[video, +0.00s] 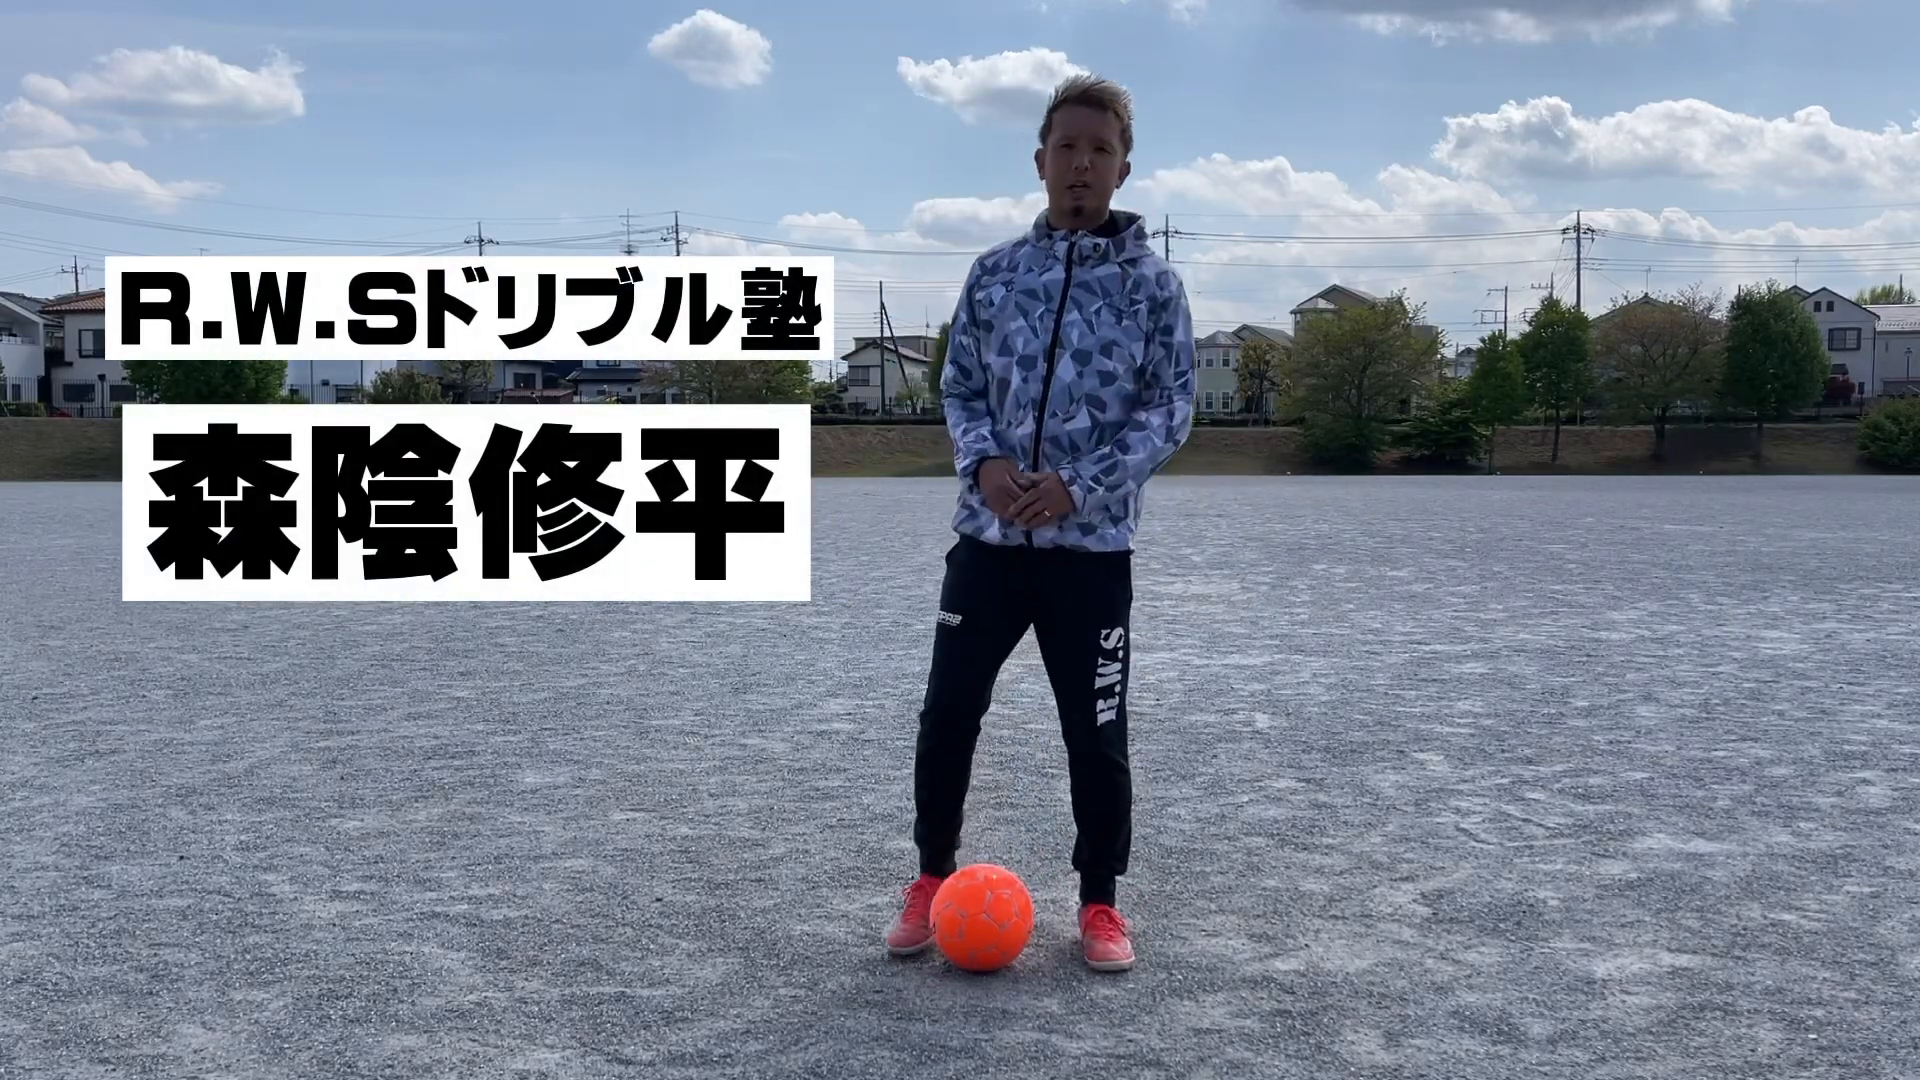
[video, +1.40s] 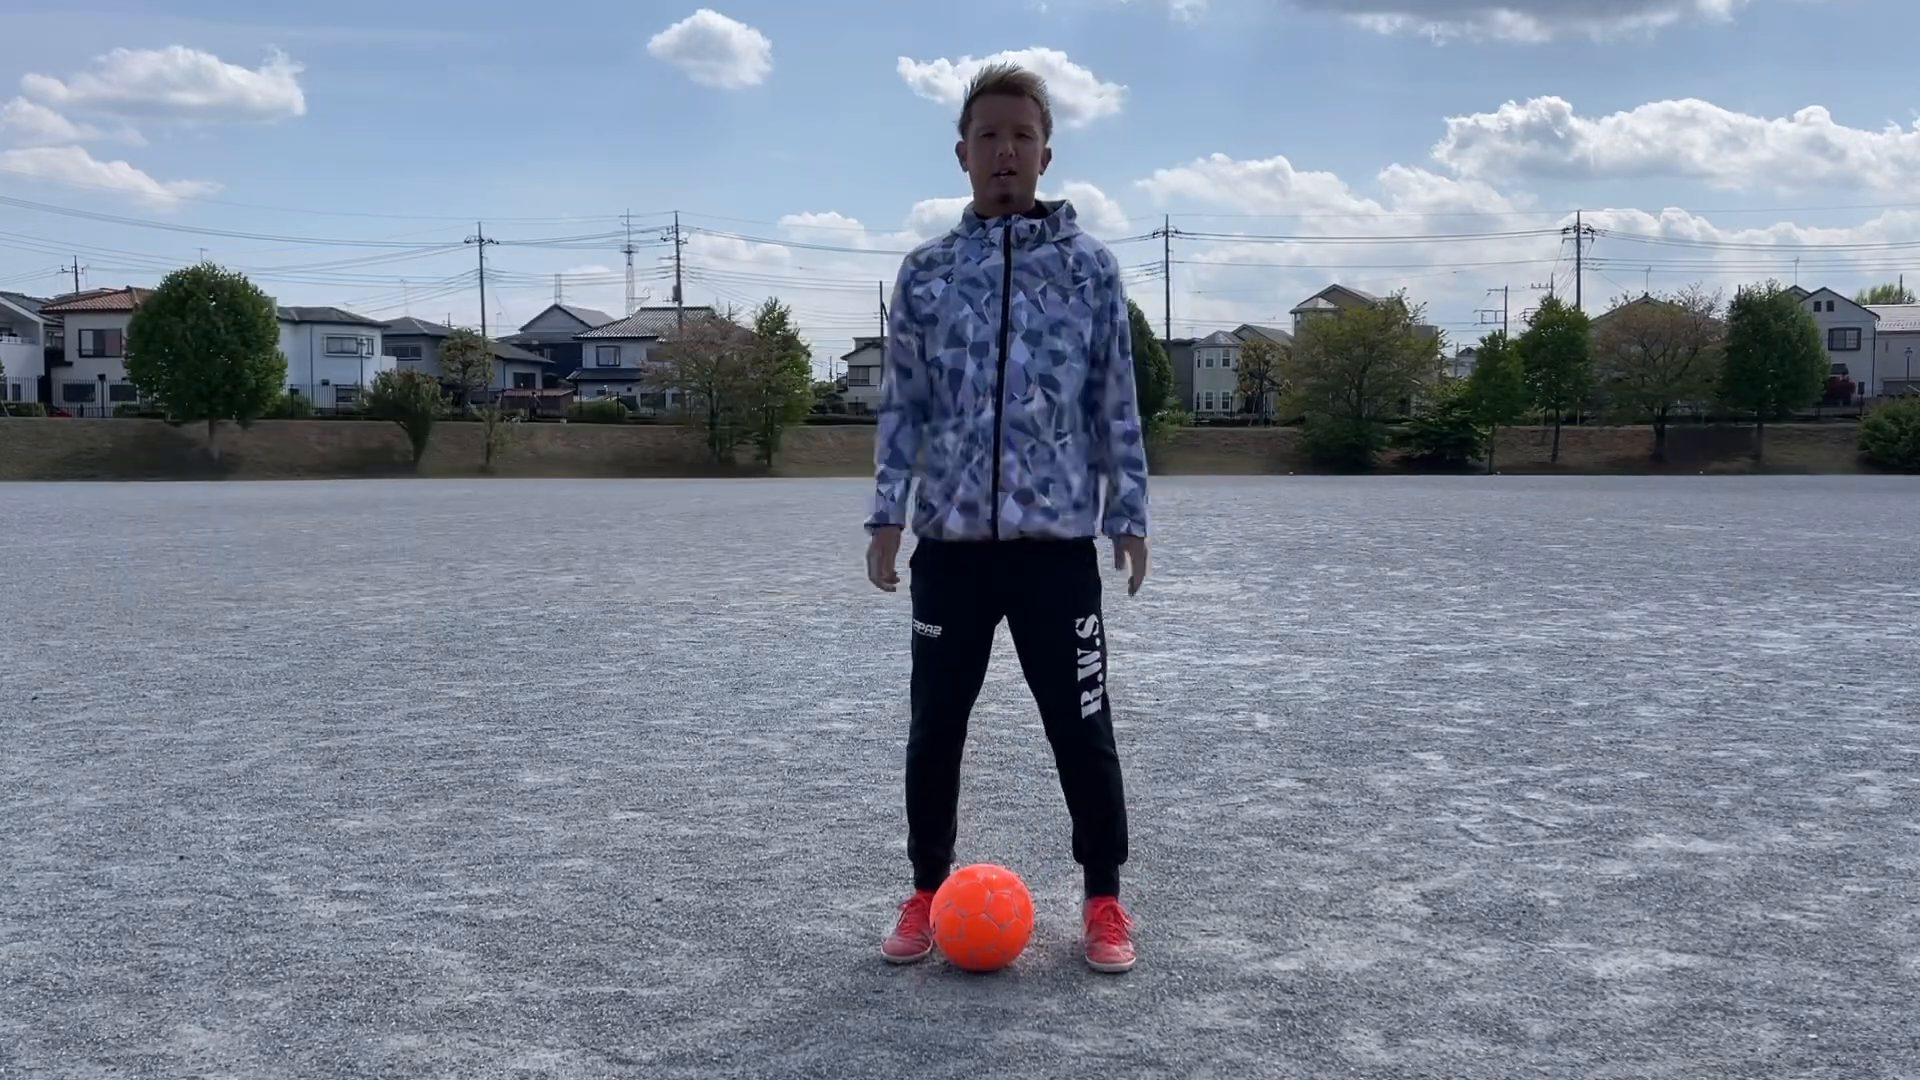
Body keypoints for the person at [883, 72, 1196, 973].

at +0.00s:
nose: (1081, 163)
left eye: (1099, 150)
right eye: (1067, 146)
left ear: (1123, 166)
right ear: (1041, 157)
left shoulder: (1149, 278)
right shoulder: (995, 270)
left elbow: (1168, 408)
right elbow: (959, 386)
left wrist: (1081, 486)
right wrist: (985, 458)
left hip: (1089, 548)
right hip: (989, 541)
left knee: (1097, 732)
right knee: (946, 715)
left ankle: (1100, 905)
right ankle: (932, 880)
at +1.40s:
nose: (1004, 151)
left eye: (1022, 136)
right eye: (988, 135)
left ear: (1046, 151)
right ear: (963, 150)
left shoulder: (1088, 265)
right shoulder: (927, 269)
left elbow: (1118, 400)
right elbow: (900, 404)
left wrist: (1129, 510)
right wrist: (886, 513)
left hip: (1056, 535)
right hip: (951, 535)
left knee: (1082, 725)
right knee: (933, 727)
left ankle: (1103, 901)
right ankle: (927, 894)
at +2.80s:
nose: (1042, 157)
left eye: (1057, 145)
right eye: (1024, 144)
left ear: (1075, 165)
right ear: (996, 164)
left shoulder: (1113, 275)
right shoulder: (956, 282)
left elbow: (1144, 400)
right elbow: (932, 413)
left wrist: (1127, 356)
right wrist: (923, 366)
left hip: (1074, 534)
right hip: (975, 533)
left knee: (1088, 729)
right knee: (952, 727)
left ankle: (1098, 898)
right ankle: (935, 893)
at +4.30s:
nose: (1034, 168)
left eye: (1052, 153)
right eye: (1018, 153)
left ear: (1075, 170)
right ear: (993, 169)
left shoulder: (1113, 283)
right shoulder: (954, 285)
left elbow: (1150, 398)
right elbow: (917, 400)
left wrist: (1063, 391)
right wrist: (985, 392)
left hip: (1070, 539)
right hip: (970, 538)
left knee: (1085, 728)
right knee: (950, 729)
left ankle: (1098, 898)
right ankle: (933, 896)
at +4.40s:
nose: (1036, 167)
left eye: (1052, 152)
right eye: (1019, 152)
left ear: (1074, 169)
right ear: (994, 169)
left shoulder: (1114, 284)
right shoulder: (954, 284)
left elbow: (1152, 397)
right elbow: (917, 400)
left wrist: (1067, 387)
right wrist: (988, 391)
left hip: (1071, 539)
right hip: (971, 537)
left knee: (1084, 727)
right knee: (951, 728)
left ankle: (1098, 898)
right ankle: (933, 896)